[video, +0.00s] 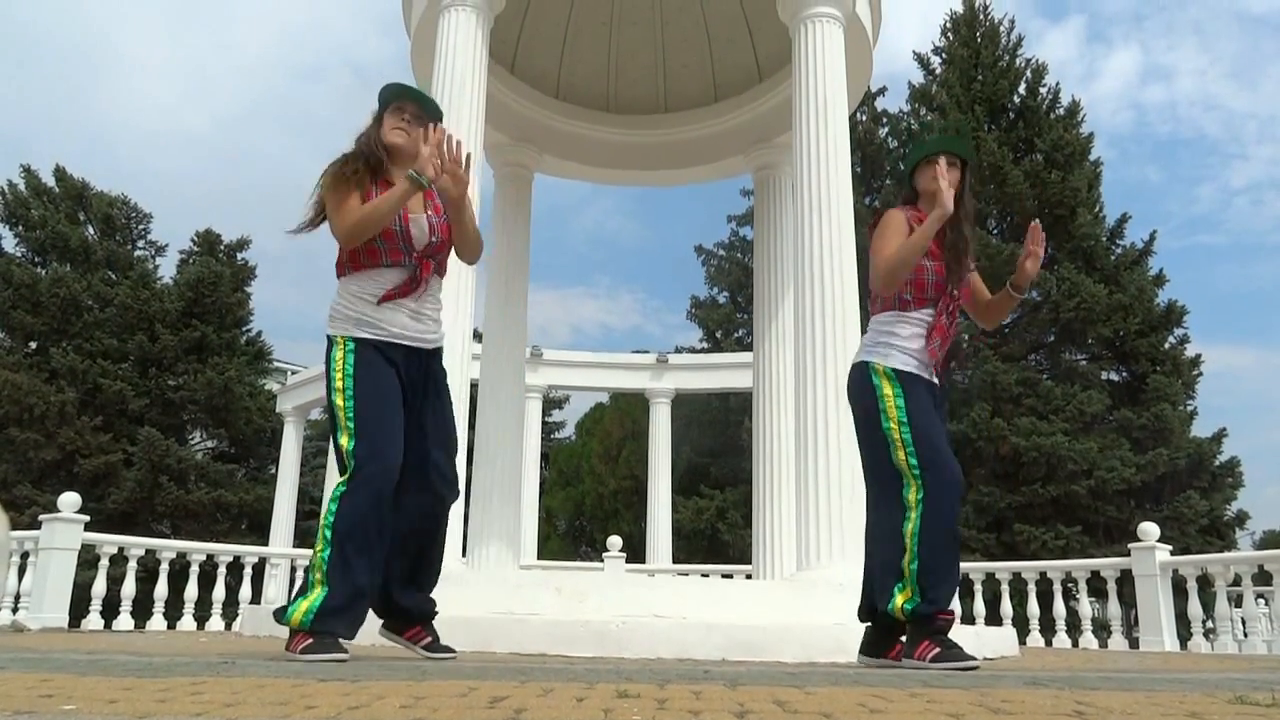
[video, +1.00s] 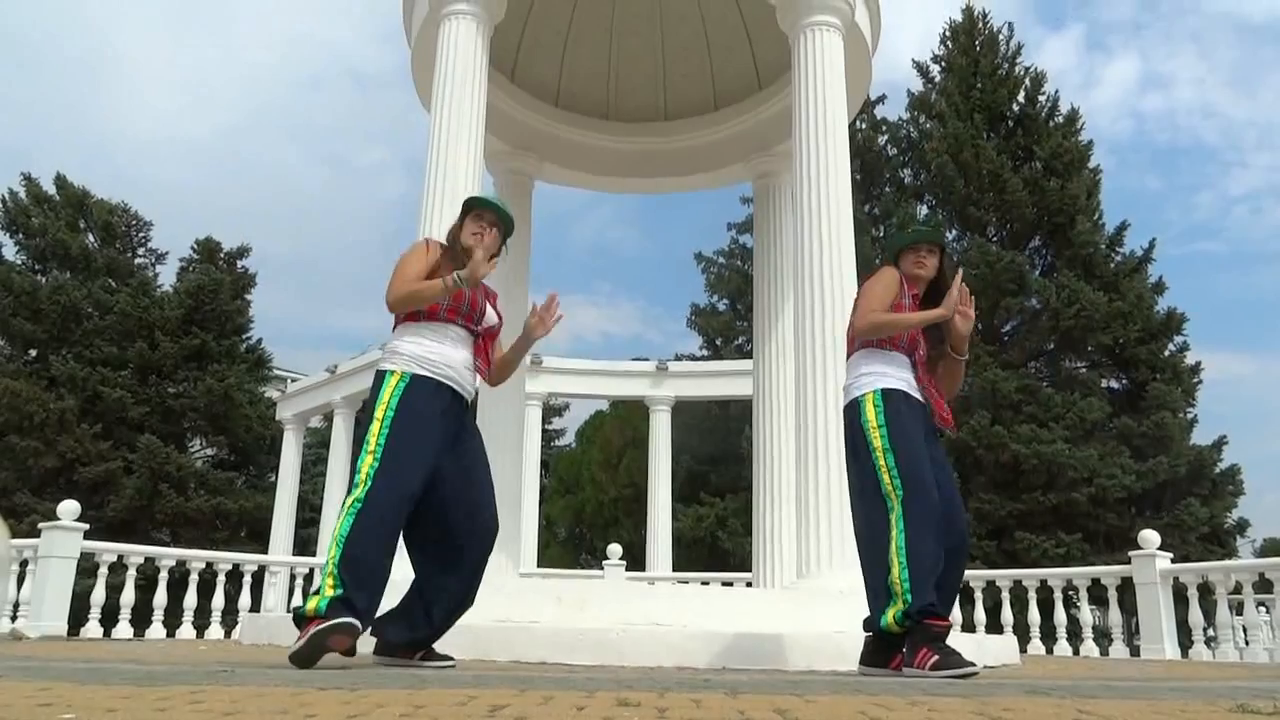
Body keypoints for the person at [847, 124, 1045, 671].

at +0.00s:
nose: (945, 172)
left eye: (954, 166)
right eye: (934, 164)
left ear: (962, 180)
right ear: (914, 176)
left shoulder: (956, 248)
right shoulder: (898, 219)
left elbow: (987, 315)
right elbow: (882, 281)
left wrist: (1019, 281)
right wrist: (937, 217)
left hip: (920, 381)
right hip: (886, 371)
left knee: (897, 498)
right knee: (936, 479)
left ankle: (884, 632)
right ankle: (921, 630)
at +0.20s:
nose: (935, 197)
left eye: (945, 192)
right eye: (925, 190)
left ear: (955, 209)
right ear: (905, 202)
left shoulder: (940, 271)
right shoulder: (887, 238)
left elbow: (958, 341)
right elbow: (868, 295)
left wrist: (994, 303)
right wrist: (938, 254)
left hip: (916, 386)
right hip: (884, 377)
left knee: (898, 500)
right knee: (938, 484)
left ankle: (884, 630)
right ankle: (919, 632)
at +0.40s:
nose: (921, 218)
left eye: (931, 214)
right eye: (912, 212)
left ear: (942, 228)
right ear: (896, 221)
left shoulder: (929, 285)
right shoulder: (882, 249)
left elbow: (961, 349)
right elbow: (862, 292)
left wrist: (981, 314)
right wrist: (938, 268)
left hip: (913, 388)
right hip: (880, 379)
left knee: (932, 497)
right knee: (923, 492)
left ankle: (886, 633)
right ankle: (916, 633)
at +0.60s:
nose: (921, 238)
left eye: (930, 234)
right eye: (913, 232)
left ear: (940, 249)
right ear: (895, 240)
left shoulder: (926, 310)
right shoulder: (877, 274)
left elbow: (930, 385)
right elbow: (822, 323)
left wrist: (969, 360)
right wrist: (876, 280)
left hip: (913, 419)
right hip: (876, 407)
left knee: (944, 517)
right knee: (931, 502)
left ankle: (886, 639)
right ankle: (918, 639)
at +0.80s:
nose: (921, 247)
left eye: (930, 243)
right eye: (913, 240)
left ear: (939, 258)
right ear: (896, 249)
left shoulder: (926, 310)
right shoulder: (879, 273)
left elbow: (939, 376)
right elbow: (843, 320)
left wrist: (972, 348)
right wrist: (911, 296)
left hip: (913, 410)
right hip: (879, 399)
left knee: (948, 515)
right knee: (919, 503)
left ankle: (889, 640)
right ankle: (915, 641)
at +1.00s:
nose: (923, 255)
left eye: (932, 253)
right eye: (914, 250)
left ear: (942, 270)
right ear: (898, 259)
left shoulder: (928, 316)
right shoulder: (888, 277)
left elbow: (943, 392)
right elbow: (861, 325)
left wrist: (960, 344)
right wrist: (940, 314)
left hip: (916, 406)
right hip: (880, 393)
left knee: (951, 522)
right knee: (915, 503)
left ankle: (889, 642)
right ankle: (911, 640)